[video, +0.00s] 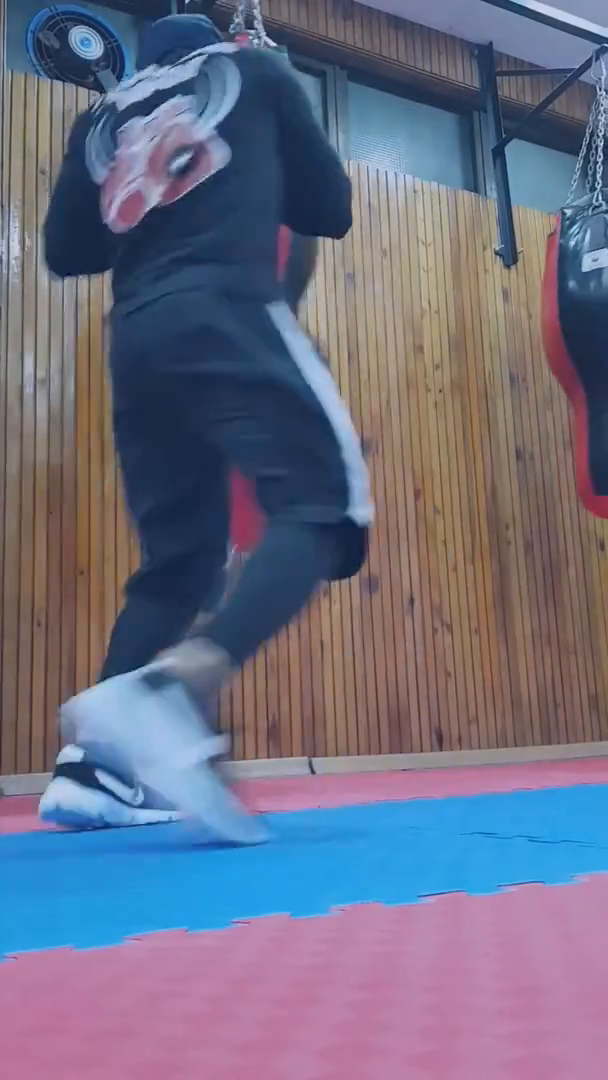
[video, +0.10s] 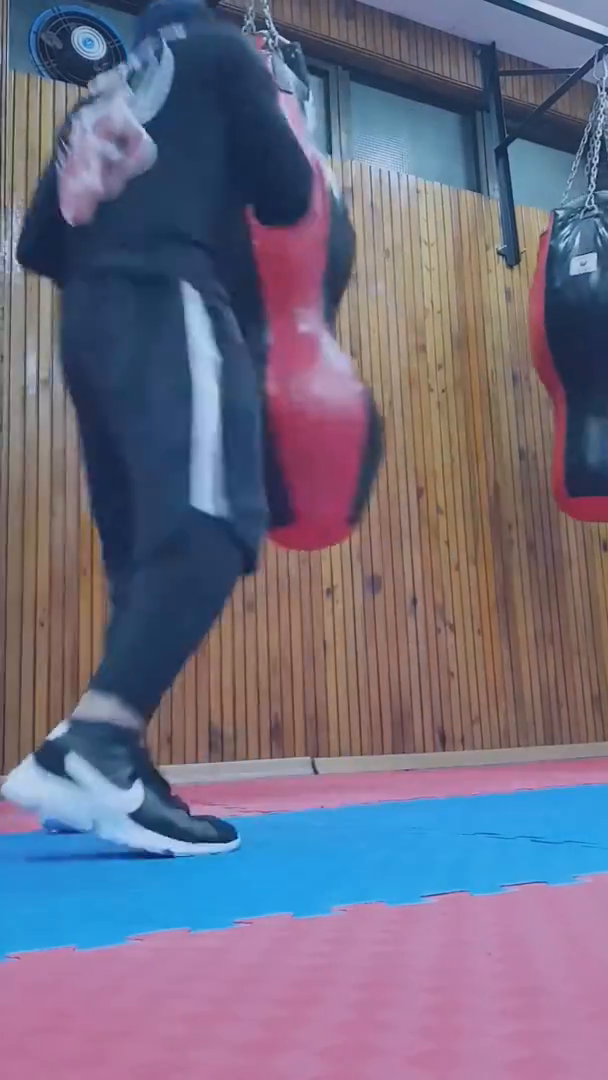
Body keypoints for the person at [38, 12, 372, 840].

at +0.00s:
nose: (249, 33)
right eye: (239, 27)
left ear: (142, 54)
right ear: (221, 34)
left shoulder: (100, 120)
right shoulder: (255, 68)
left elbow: (66, 250)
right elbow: (328, 206)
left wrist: (156, 212)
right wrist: (240, 175)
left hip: (134, 336)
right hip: (224, 312)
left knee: (178, 556)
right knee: (322, 515)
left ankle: (97, 767)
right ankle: (177, 686)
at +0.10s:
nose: (253, 29)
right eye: (246, 23)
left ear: (123, 18)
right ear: (212, 12)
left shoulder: (91, 100)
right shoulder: (216, 49)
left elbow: (39, 242)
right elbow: (288, 195)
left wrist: (121, 273)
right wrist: (279, 118)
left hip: (90, 309)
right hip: (168, 298)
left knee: (133, 546)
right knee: (211, 527)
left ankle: (124, 774)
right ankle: (91, 746)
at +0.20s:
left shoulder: (53, 29)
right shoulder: (183, 7)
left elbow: (10, 159)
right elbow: (232, 122)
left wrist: (35, 110)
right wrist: (252, 69)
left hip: (36, 222)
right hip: (127, 207)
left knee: (68, 469)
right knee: (162, 432)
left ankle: (88, 733)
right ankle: (112, 684)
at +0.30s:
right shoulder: (153, 1)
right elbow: (225, 83)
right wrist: (241, 29)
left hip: (10, 159)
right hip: (81, 162)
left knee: (19, 430)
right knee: (116, 408)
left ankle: (7, 711)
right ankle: (4, 653)